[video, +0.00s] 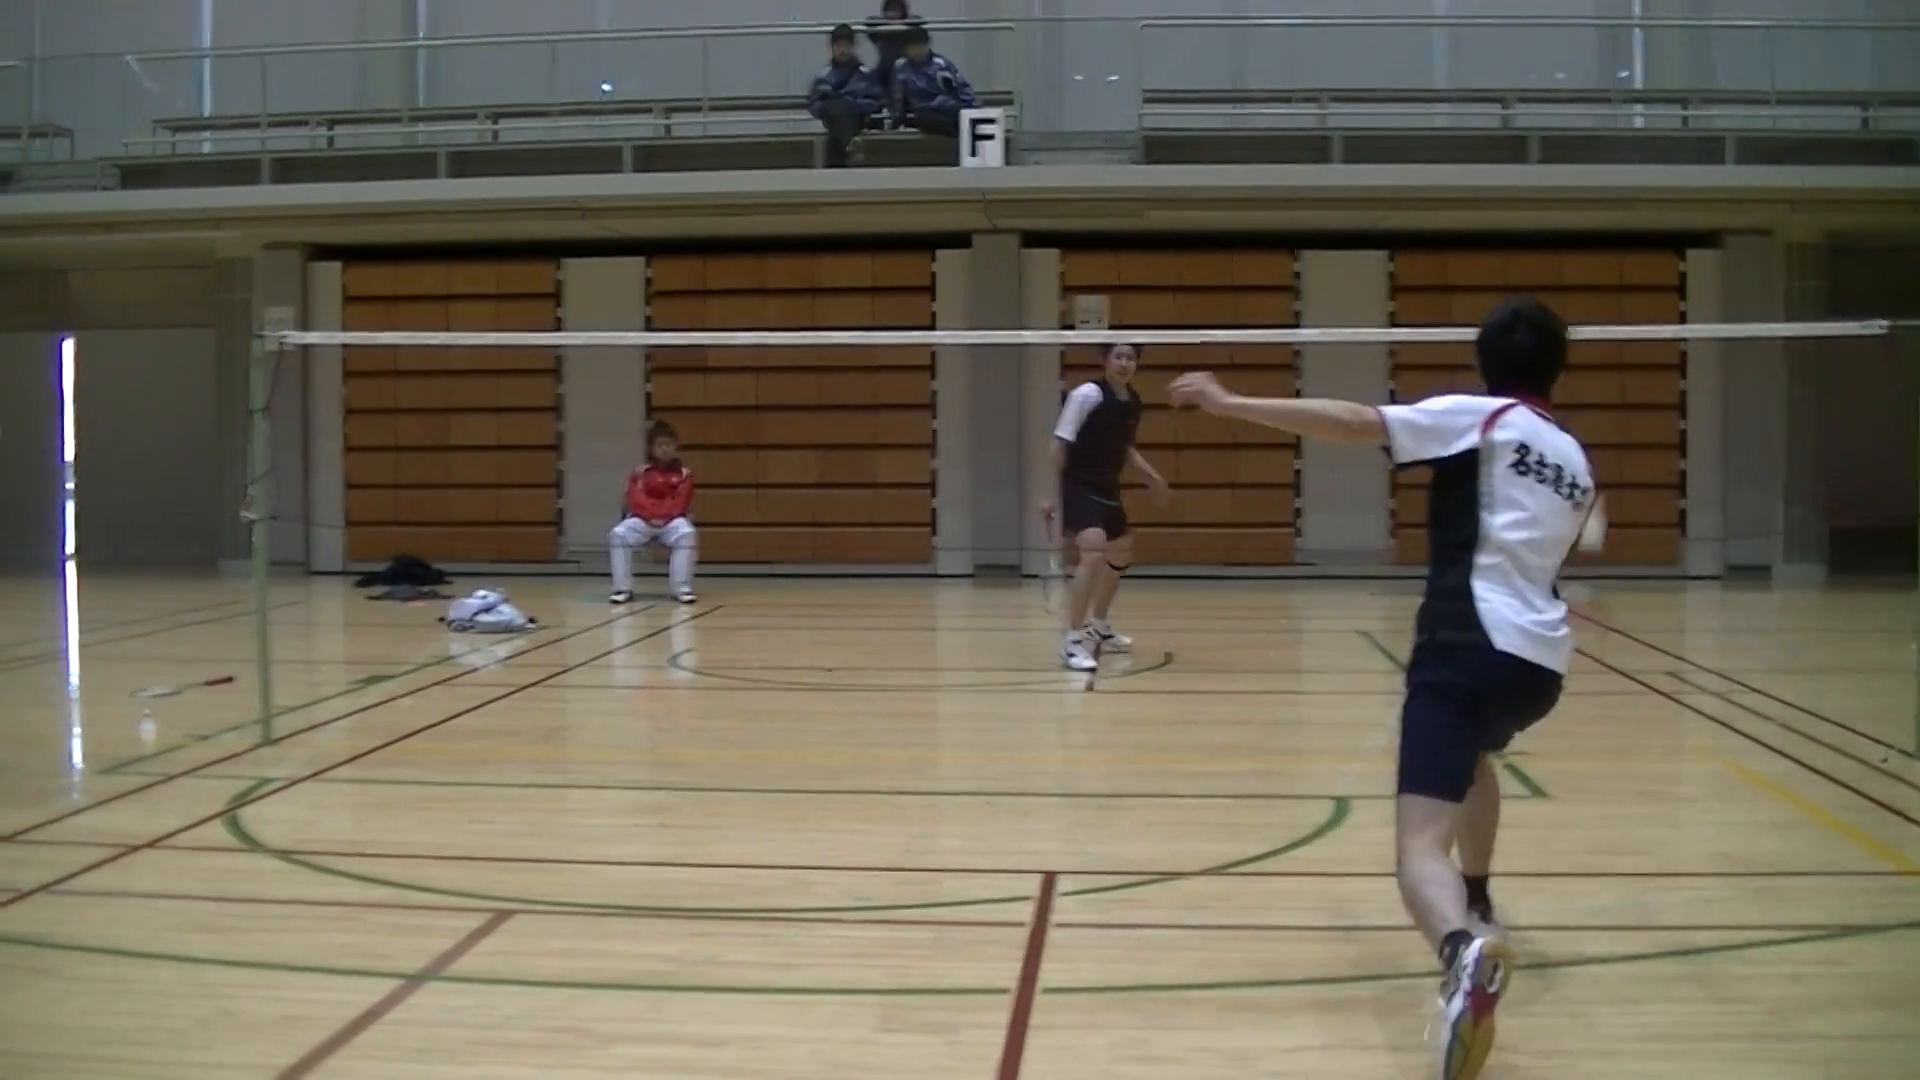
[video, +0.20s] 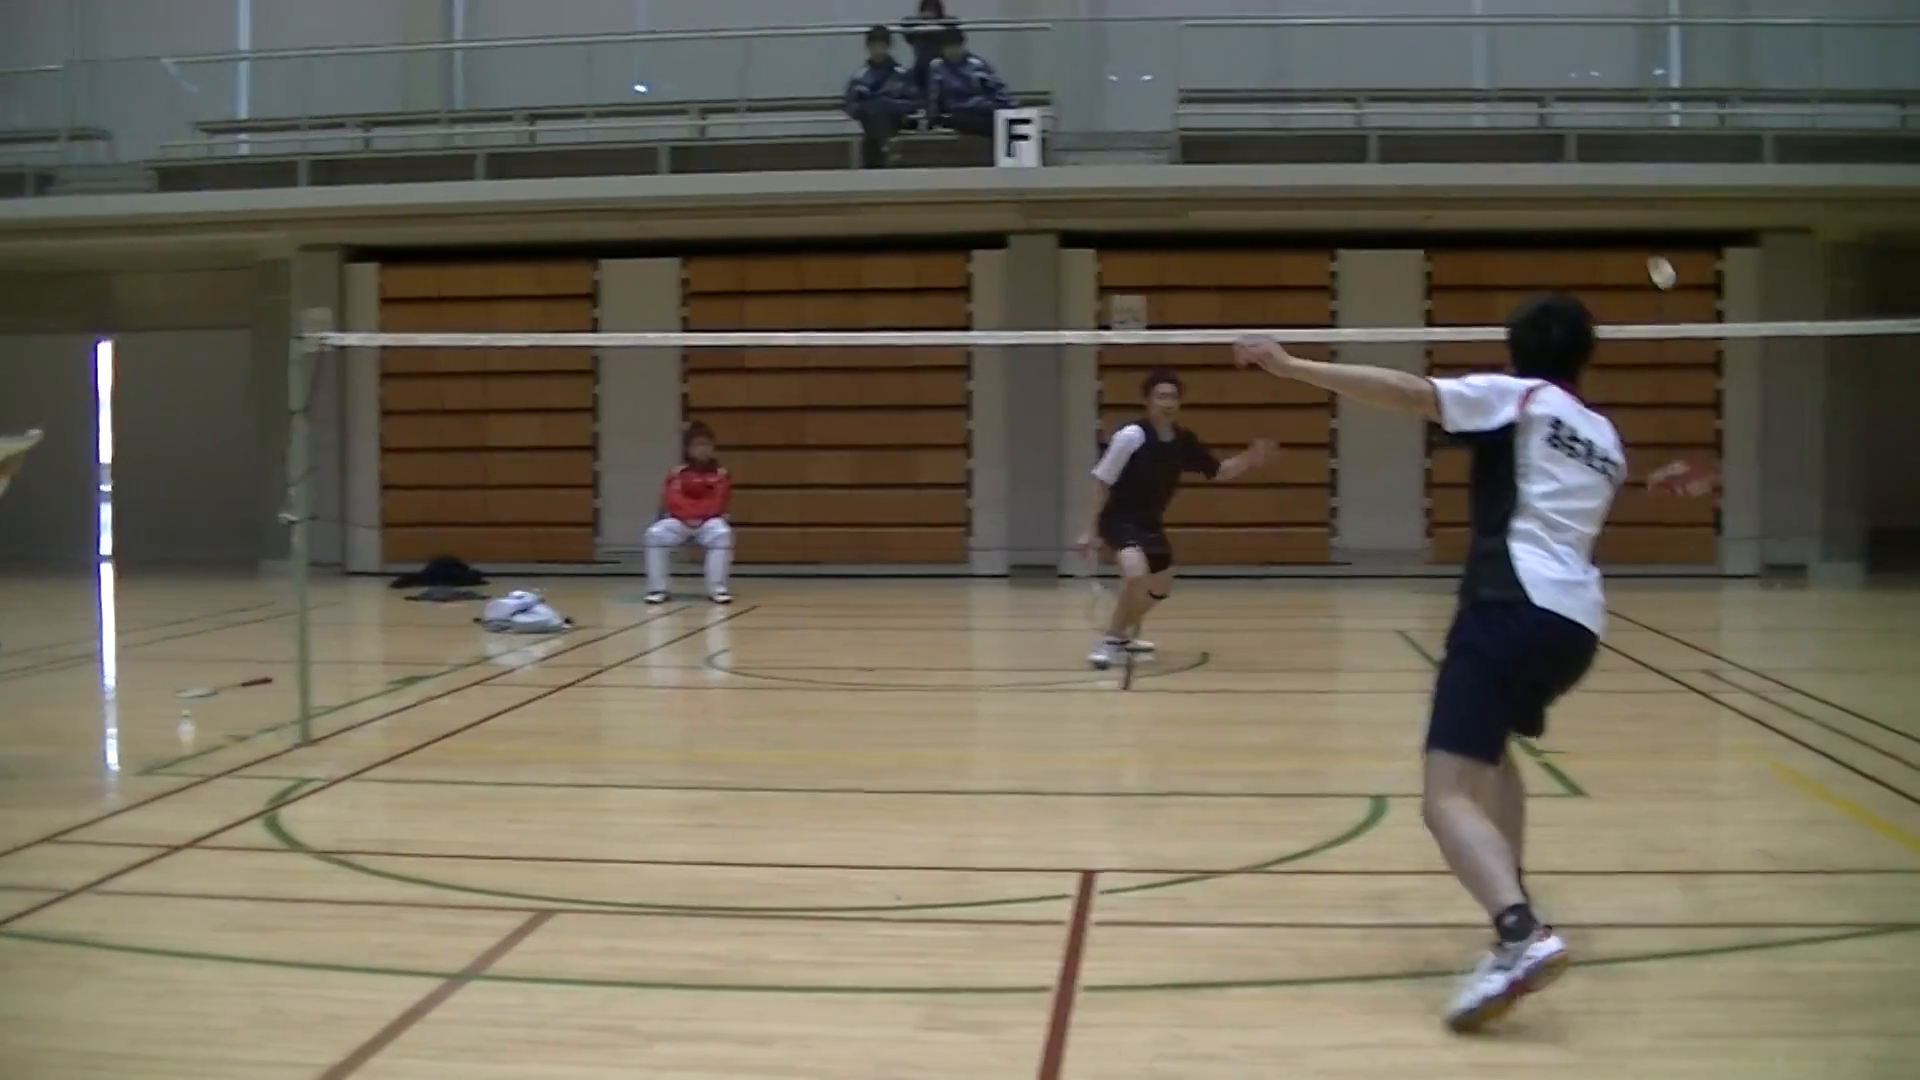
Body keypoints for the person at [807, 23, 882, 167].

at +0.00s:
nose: (842, 50)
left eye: (846, 45)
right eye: (838, 46)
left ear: (852, 47)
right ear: (832, 48)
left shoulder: (866, 74)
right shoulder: (823, 76)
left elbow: (876, 103)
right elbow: (814, 105)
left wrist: (846, 103)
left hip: (860, 120)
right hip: (831, 120)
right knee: (835, 105)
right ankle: (851, 142)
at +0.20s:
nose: (877, 51)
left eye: (881, 46)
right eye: (873, 46)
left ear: (888, 47)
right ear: (867, 48)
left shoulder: (902, 74)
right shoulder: (859, 76)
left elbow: (914, 103)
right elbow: (851, 104)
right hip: (870, 125)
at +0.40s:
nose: (867, 49)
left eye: (871, 44)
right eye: (864, 44)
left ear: (878, 45)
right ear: (857, 46)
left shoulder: (890, 72)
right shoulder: (849, 73)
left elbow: (902, 101)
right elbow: (838, 102)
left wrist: (878, 104)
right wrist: (854, 109)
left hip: (884, 121)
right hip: (858, 122)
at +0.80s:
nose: (829, 50)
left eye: (833, 45)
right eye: (825, 45)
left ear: (840, 46)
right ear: (819, 47)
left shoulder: (853, 73)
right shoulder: (810, 75)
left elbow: (864, 102)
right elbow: (800, 103)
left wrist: (840, 106)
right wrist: (820, 110)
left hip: (846, 123)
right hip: (819, 124)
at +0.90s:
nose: (829, 51)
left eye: (833, 46)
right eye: (825, 46)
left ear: (839, 47)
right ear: (819, 48)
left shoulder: (852, 74)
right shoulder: (810, 76)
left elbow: (864, 102)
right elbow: (799, 105)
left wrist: (840, 107)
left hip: (845, 122)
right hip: (818, 123)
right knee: (828, 107)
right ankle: (838, 146)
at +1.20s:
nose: (830, 53)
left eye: (834, 48)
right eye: (826, 48)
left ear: (840, 49)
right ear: (819, 50)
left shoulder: (853, 75)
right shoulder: (810, 77)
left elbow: (865, 104)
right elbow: (800, 107)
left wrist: (840, 108)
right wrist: (821, 111)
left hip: (846, 125)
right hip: (819, 126)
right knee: (828, 107)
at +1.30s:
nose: (831, 53)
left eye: (835, 48)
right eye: (827, 48)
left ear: (841, 49)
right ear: (820, 50)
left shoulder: (853, 75)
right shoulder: (811, 77)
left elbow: (866, 104)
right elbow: (801, 107)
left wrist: (840, 108)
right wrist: (821, 111)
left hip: (847, 124)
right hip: (820, 126)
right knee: (829, 108)